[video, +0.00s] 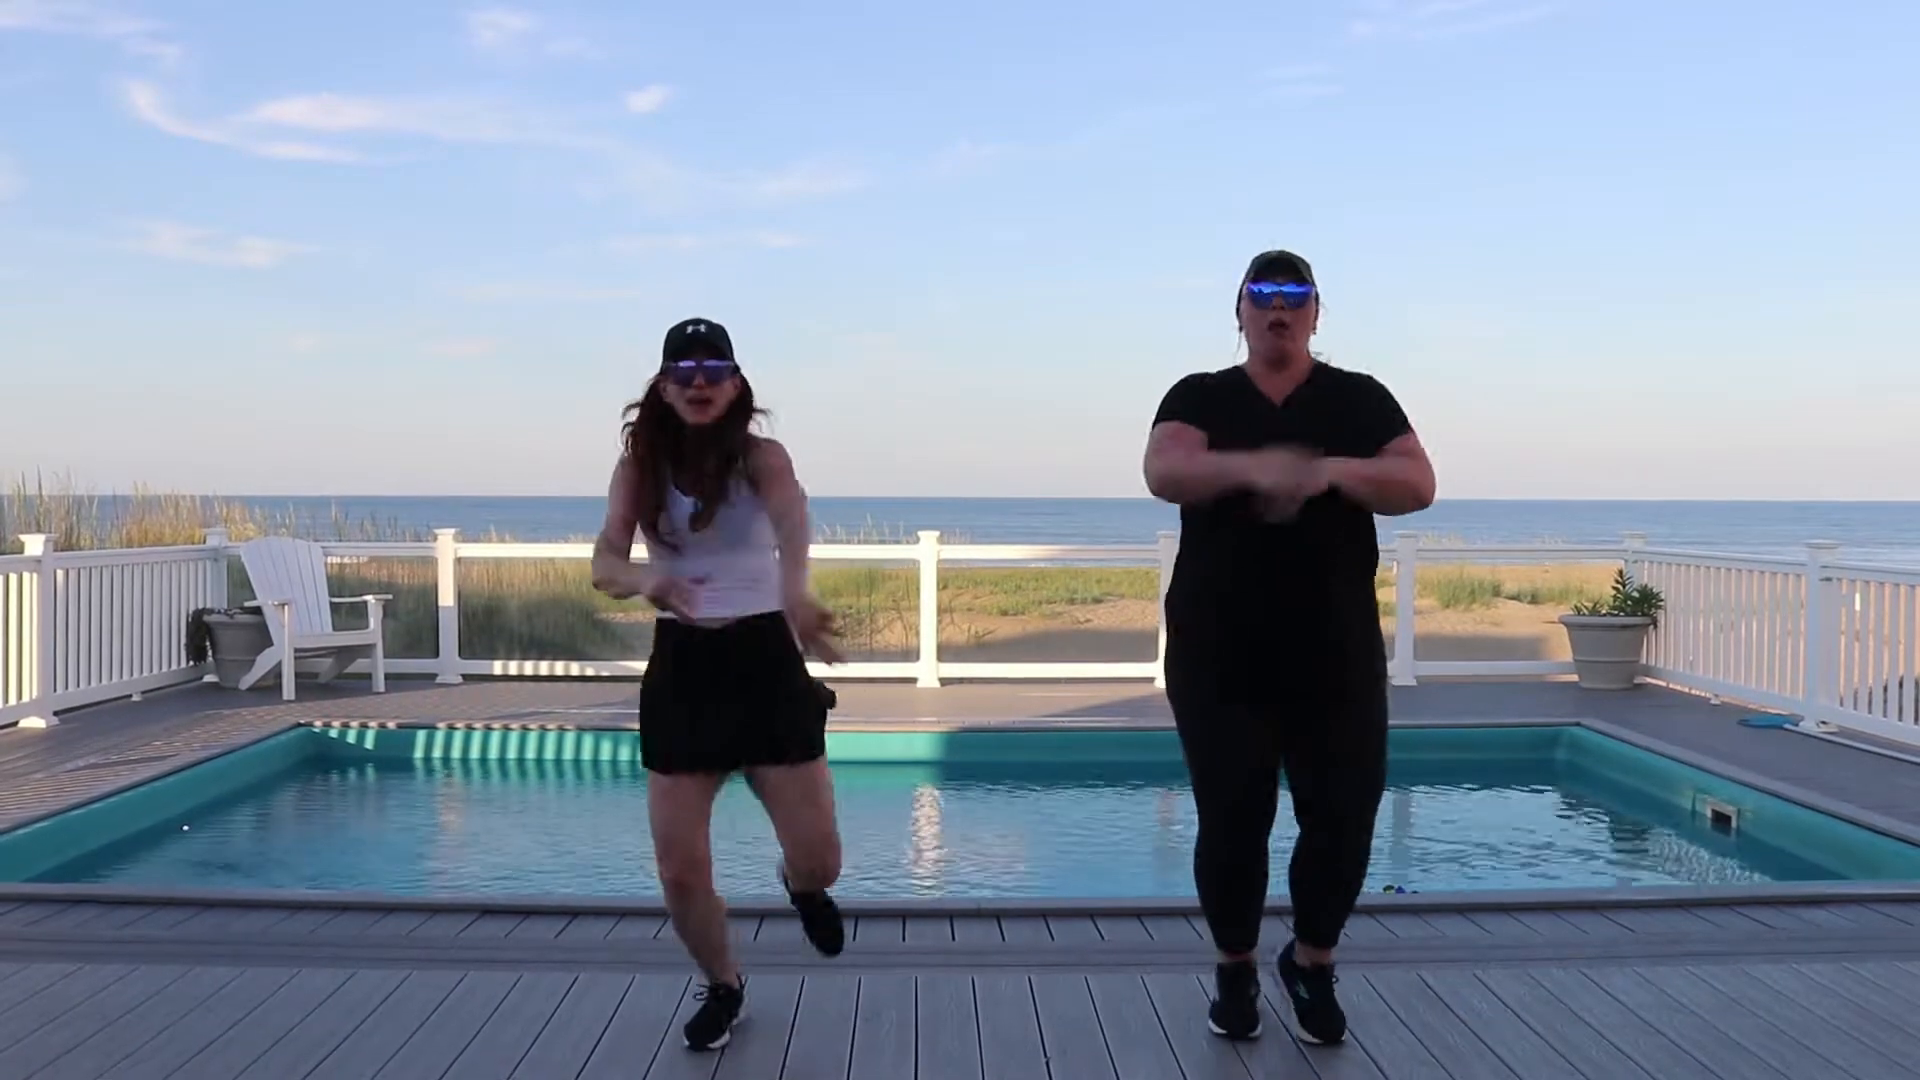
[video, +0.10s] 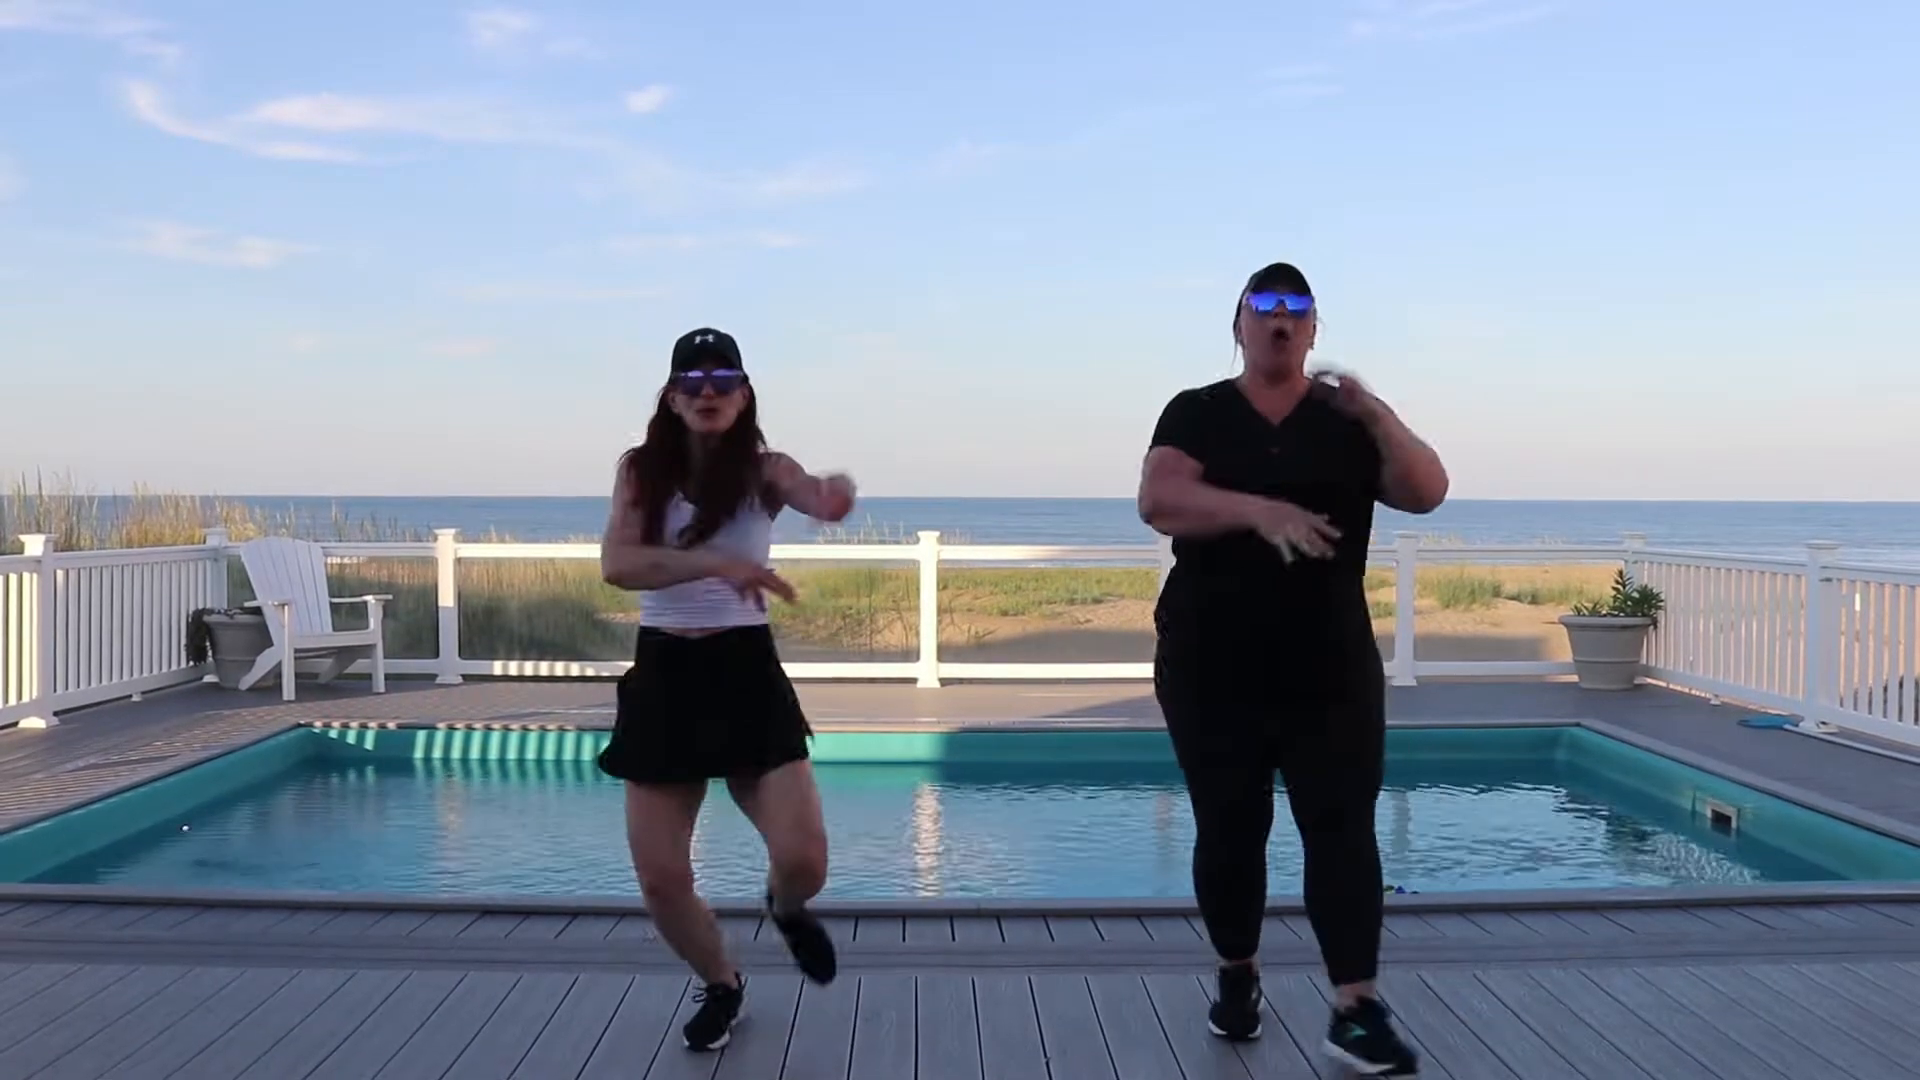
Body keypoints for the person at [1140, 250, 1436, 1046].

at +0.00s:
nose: (1280, 309)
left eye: (1294, 297)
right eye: (1264, 297)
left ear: (1316, 312)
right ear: (1241, 311)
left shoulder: (1359, 398)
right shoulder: (1199, 396)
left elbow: (1418, 483)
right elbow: (1165, 472)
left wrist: (1331, 471)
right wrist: (1252, 467)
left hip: (1337, 650)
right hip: (1221, 653)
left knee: (1344, 816)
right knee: (1232, 818)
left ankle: (1312, 962)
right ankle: (1236, 968)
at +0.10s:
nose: (1283, 323)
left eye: (1296, 313)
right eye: (1268, 311)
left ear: (1314, 329)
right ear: (1240, 325)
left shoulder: (1351, 423)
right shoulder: (1196, 413)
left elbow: (1428, 490)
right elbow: (1160, 500)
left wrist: (1375, 411)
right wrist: (1260, 511)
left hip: (1332, 662)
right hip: (1216, 665)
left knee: (1344, 827)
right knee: (1229, 829)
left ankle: (1357, 1003)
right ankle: (1236, 975)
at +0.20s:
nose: (1288, 314)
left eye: (1302, 303)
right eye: (1273, 302)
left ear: (1319, 320)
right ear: (1243, 318)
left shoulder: (1355, 406)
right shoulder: (1203, 399)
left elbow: (1420, 457)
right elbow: (1183, 481)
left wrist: (1396, 345)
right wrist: (1302, 474)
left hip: (1328, 655)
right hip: (1215, 657)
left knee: (1341, 816)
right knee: (1228, 822)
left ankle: (1371, 981)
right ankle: (1236, 970)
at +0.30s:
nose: (1297, 292)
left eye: (1311, 282)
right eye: (1281, 280)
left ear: (1328, 298)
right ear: (1254, 295)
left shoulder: (1360, 384)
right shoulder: (1215, 372)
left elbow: (1420, 435)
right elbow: (1197, 450)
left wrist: (1406, 326)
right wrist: (1318, 453)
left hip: (1336, 634)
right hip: (1220, 635)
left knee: (1336, 806)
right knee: (1228, 808)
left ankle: (1332, 982)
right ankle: (1232, 968)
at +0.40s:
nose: (1306, 304)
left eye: (1321, 293)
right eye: (1291, 292)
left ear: (1339, 309)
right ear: (1264, 305)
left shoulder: (1373, 392)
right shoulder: (1221, 379)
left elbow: (1413, 457)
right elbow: (1194, 457)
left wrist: (1410, 346)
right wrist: (1319, 466)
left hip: (1338, 649)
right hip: (1223, 645)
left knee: (1328, 826)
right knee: (1217, 824)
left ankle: (1317, 991)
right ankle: (1235, 952)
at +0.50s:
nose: (1310, 324)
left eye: (1325, 313)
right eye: (1296, 312)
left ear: (1344, 331)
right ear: (1270, 329)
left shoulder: (1377, 420)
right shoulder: (1227, 408)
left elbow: (1408, 489)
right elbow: (1198, 497)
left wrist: (1404, 373)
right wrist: (1318, 495)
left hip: (1346, 669)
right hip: (1227, 662)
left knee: (1327, 835)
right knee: (1205, 820)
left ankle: (1310, 995)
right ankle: (1235, 924)